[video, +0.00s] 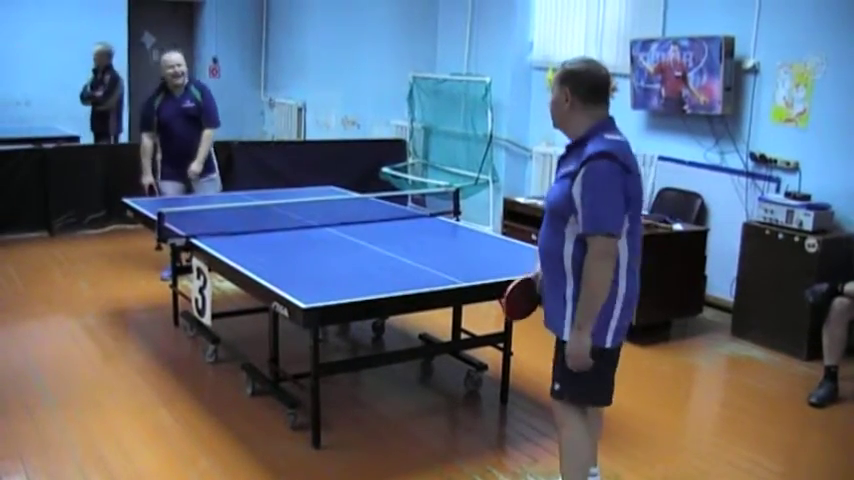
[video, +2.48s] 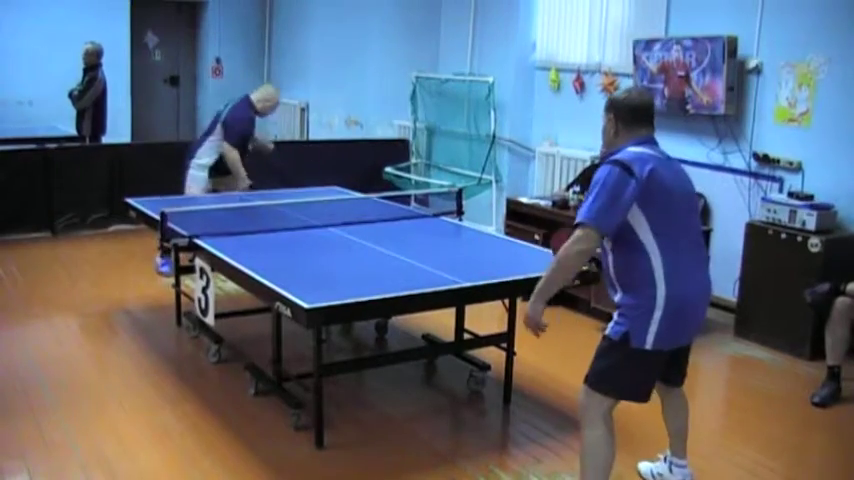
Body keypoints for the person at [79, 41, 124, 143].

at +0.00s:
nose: (96, 59)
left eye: (100, 56)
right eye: (96, 56)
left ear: (108, 58)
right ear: (94, 57)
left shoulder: (114, 78)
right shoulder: (95, 76)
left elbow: (108, 102)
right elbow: (83, 96)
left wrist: (90, 97)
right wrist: (97, 96)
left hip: (110, 127)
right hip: (97, 126)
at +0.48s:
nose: (85, 58)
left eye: (89, 54)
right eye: (85, 54)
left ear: (97, 56)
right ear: (84, 55)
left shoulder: (99, 77)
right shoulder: (87, 75)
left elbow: (88, 103)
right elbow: (76, 92)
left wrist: (77, 95)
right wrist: (81, 97)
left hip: (97, 128)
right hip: (87, 127)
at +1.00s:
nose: (82, 57)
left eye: (86, 54)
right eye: (82, 53)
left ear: (94, 56)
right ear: (80, 55)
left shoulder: (94, 77)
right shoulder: (85, 75)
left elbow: (79, 103)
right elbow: (74, 90)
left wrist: (72, 93)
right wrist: (75, 95)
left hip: (90, 130)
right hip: (83, 128)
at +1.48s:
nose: (82, 58)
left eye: (85, 54)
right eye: (82, 54)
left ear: (94, 56)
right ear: (81, 55)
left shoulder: (94, 77)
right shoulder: (85, 75)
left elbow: (80, 103)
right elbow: (75, 89)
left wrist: (71, 94)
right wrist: (73, 94)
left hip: (91, 129)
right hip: (83, 128)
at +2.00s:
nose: (83, 57)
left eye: (87, 54)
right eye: (83, 54)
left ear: (95, 56)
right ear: (82, 55)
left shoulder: (95, 77)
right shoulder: (86, 74)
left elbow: (80, 103)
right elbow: (77, 88)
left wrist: (72, 93)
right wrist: (75, 94)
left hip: (92, 129)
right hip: (84, 127)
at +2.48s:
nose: (84, 57)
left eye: (88, 54)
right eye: (84, 54)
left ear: (97, 57)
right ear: (83, 55)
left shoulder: (96, 77)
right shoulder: (88, 74)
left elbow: (81, 103)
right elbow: (77, 89)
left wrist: (74, 92)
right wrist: (76, 94)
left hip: (92, 129)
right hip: (85, 128)